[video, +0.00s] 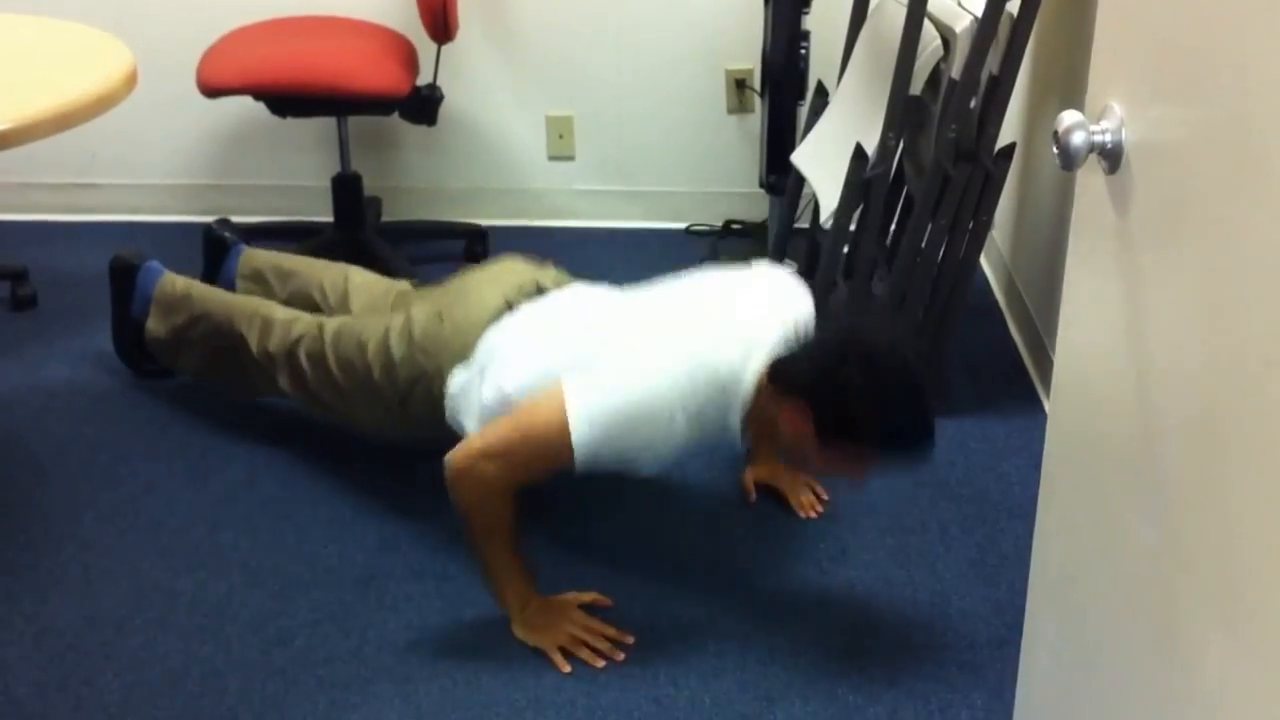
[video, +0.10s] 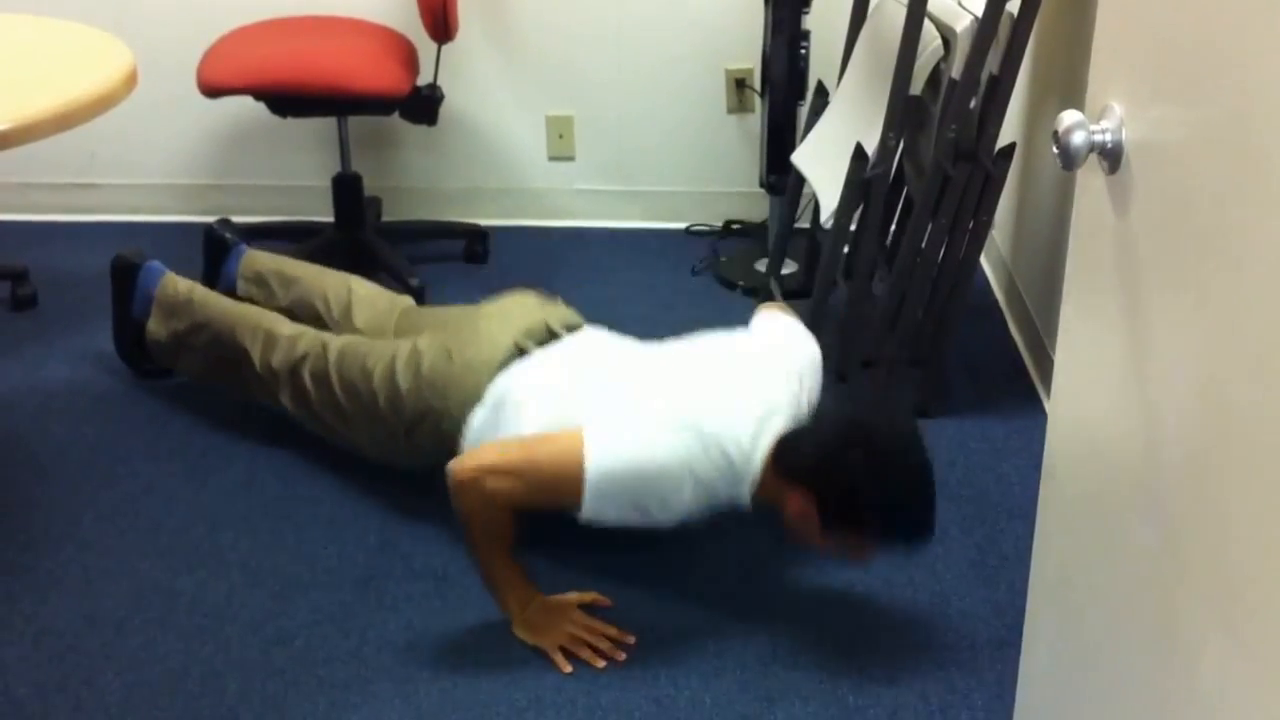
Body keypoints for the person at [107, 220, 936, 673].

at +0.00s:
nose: (837, 471)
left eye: (850, 467)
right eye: (843, 460)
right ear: (803, 421)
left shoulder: (785, 295)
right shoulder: (663, 394)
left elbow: (747, 372)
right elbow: (472, 469)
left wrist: (762, 447)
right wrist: (527, 607)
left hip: (536, 288)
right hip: (466, 364)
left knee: (382, 297)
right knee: (296, 353)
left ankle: (246, 257)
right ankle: (158, 307)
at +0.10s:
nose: (845, 553)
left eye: (862, 545)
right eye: (848, 540)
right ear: (811, 505)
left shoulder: (794, 364)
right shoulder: (675, 466)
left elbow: (772, 308)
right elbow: (475, 481)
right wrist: (525, 608)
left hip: (544, 321)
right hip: (466, 394)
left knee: (395, 317)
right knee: (297, 364)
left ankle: (246, 260)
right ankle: (160, 307)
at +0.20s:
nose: (839, 578)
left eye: (856, 569)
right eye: (847, 567)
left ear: (850, 465)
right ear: (811, 535)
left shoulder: (797, 389)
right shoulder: (679, 483)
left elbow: (781, 314)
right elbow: (481, 484)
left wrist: (770, 462)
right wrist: (527, 606)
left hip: (551, 339)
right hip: (475, 403)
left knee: (395, 323)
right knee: (296, 367)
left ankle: (246, 261)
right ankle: (161, 305)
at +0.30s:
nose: (847, 546)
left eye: (864, 536)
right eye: (852, 532)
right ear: (810, 495)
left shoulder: (791, 365)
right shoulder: (672, 460)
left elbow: (778, 308)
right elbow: (476, 484)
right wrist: (528, 608)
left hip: (544, 318)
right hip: (470, 389)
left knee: (394, 313)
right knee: (294, 361)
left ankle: (246, 259)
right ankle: (160, 306)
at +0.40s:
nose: (837, 463)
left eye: (853, 459)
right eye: (842, 452)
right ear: (798, 415)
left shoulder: (780, 299)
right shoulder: (657, 401)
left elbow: (755, 375)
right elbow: (476, 479)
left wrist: (760, 453)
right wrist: (528, 607)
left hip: (533, 289)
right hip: (469, 366)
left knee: (381, 296)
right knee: (295, 355)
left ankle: (241, 254)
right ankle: (161, 305)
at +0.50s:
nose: (838, 395)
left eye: (857, 387)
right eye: (842, 380)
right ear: (791, 340)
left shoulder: (770, 248)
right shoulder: (644, 345)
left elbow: (765, 357)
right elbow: (493, 462)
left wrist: (762, 454)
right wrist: (527, 606)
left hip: (522, 255)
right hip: (462, 325)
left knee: (375, 282)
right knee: (295, 337)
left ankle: (245, 250)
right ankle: (157, 308)